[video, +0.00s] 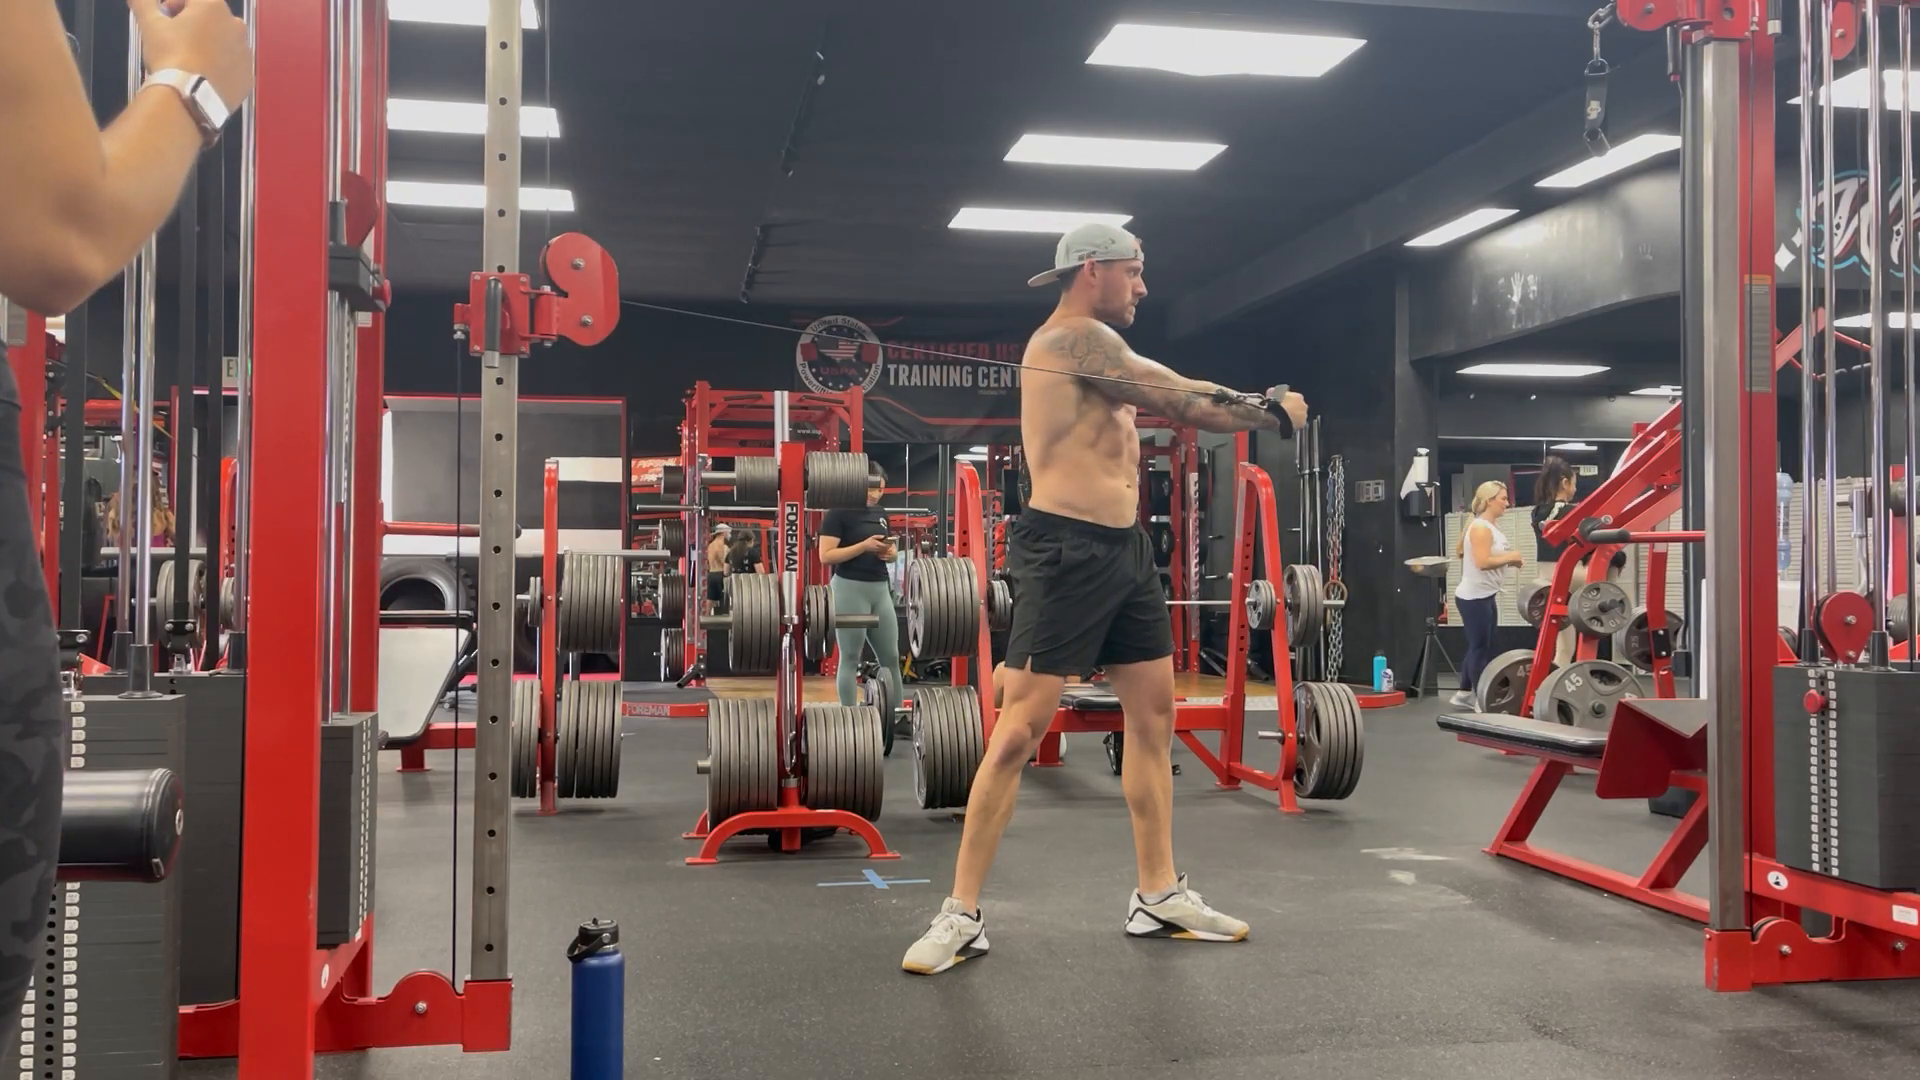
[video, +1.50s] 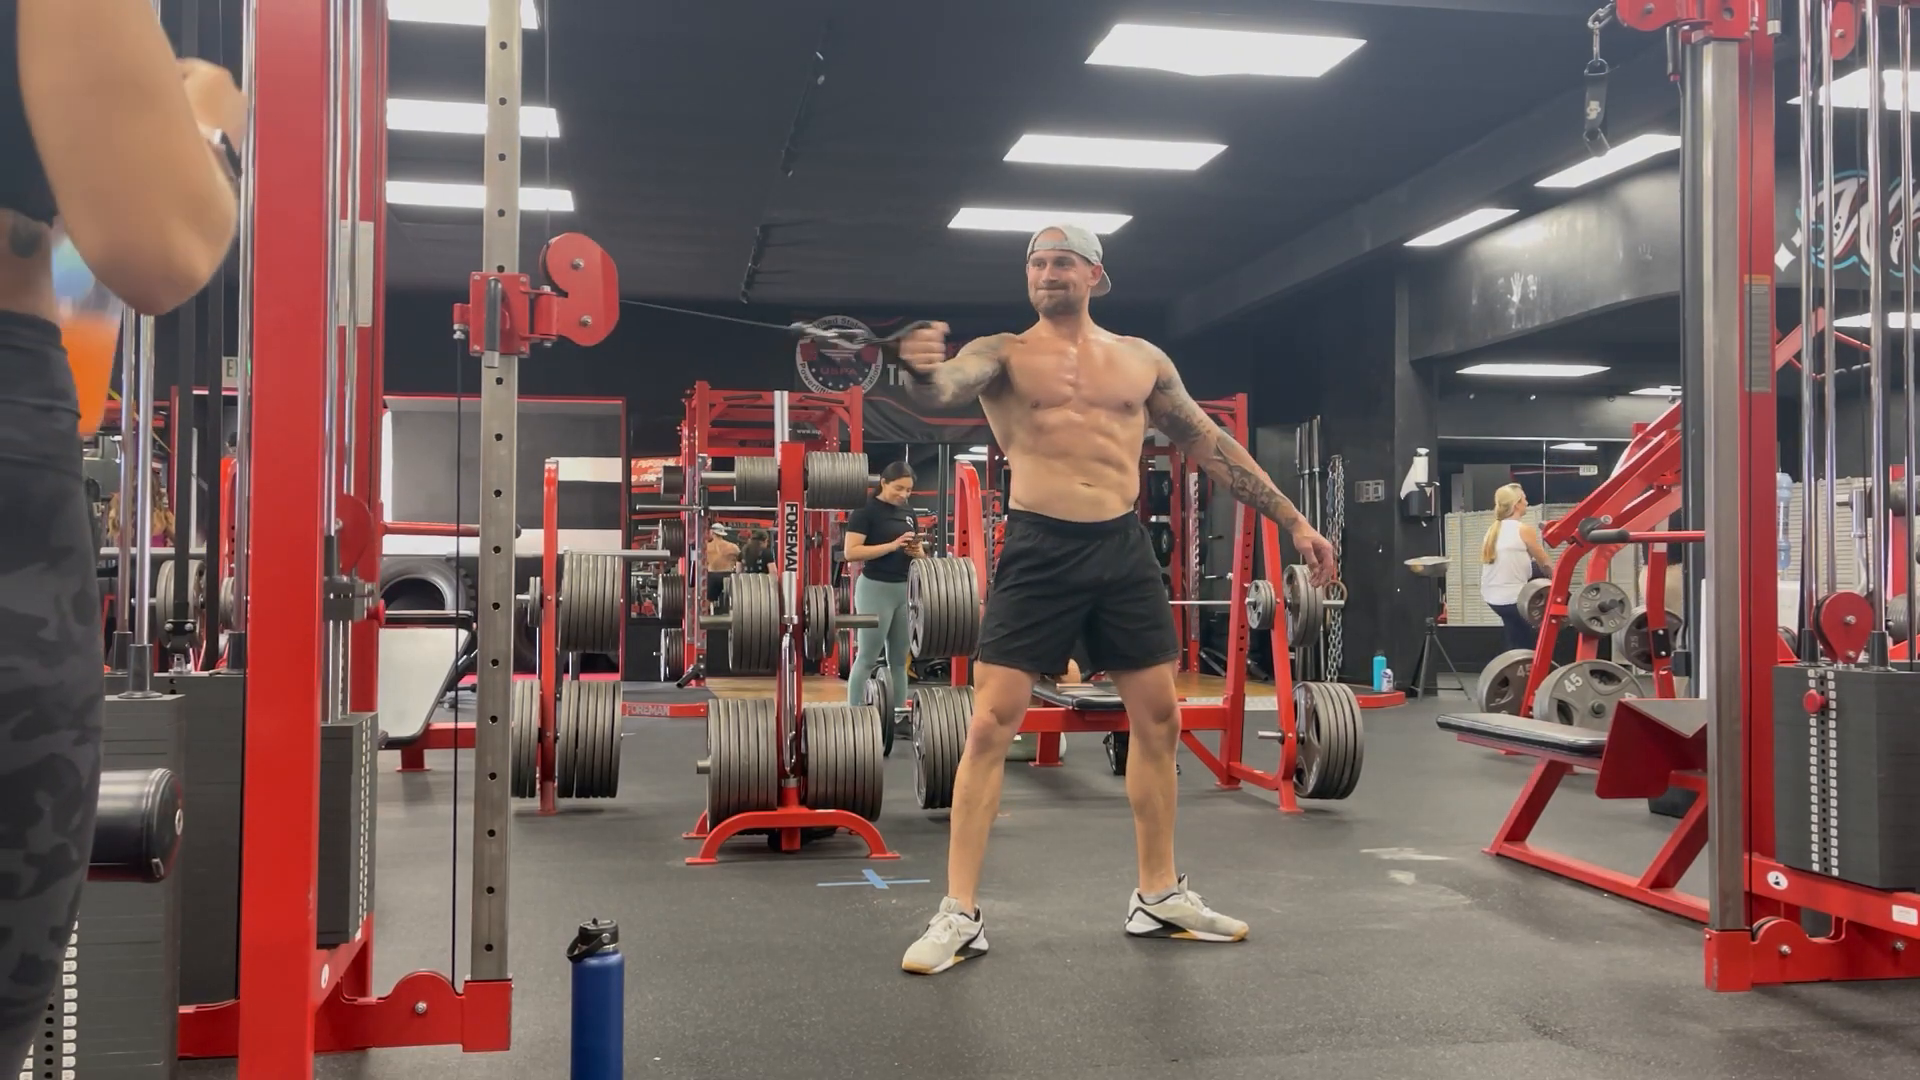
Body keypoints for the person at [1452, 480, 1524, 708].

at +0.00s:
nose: (1507, 503)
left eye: (1506, 499)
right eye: (1503, 498)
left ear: (1490, 502)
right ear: (1489, 500)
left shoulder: (1488, 526)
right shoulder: (1479, 527)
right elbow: (1482, 561)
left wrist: (1506, 560)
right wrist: (1510, 558)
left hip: (1483, 596)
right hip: (1474, 597)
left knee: (1480, 645)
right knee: (1480, 647)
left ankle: (1464, 691)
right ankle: (1481, 696)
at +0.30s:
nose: (1497, 505)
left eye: (1497, 500)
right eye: (1494, 501)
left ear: (1478, 503)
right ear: (1482, 503)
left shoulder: (1468, 526)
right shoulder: (1479, 529)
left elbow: (1474, 559)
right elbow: (1485, 563)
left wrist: (1501, 558)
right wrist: (1506, 555)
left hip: (1462, 596)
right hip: (1475, 598)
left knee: (1463, 646)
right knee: (1483, 647)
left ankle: (1458, 695)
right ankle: (1480, 698)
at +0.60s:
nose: (1492, 505)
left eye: (1491, 501)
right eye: (1489, 501)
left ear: (1471, 505)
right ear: (1478, 504)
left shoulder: (1460, 527)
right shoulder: (1478, 530)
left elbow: (1462, 559)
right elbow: (1485, 563)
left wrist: (1497, 557)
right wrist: (1504, 560)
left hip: (1458, 596)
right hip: (1477, 598)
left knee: (1460, 645)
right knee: (1493, 644)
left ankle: (1458, 695)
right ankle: (1486, 695)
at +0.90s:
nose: (1499, 506)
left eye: (1499, 502)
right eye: (1497, 502)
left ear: (1477, 505)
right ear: (1486, 505)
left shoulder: (1467, 528)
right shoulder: (1489, 531)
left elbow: (1470, 559)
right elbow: (1510, 562)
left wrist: (1501, 563)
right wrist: (1518, 564)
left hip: (1466, 598)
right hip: (1488, 601)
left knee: (1464, 648)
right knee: (1506, 647)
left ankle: (1458, 695)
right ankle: (1508, 696)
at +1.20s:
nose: (1516, 503)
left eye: (1515, 499)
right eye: (1513, 499)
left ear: (1492, 503)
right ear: (1505, 503)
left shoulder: (1482, 530)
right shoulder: (1509, 530)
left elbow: (1497, 560)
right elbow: (1538, 560)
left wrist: (1527, 561)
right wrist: (1541, 565)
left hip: (1484, 600)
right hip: (1505, 601)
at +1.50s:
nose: (1526, 503)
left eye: (1525, 499)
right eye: (1524, 500)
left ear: (1503, 506)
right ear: (1516, 505)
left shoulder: (1493, 529)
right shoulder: (1523, 529)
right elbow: (1544, 561)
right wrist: (1556, 579)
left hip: (1492, 598)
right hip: (1514, 600)